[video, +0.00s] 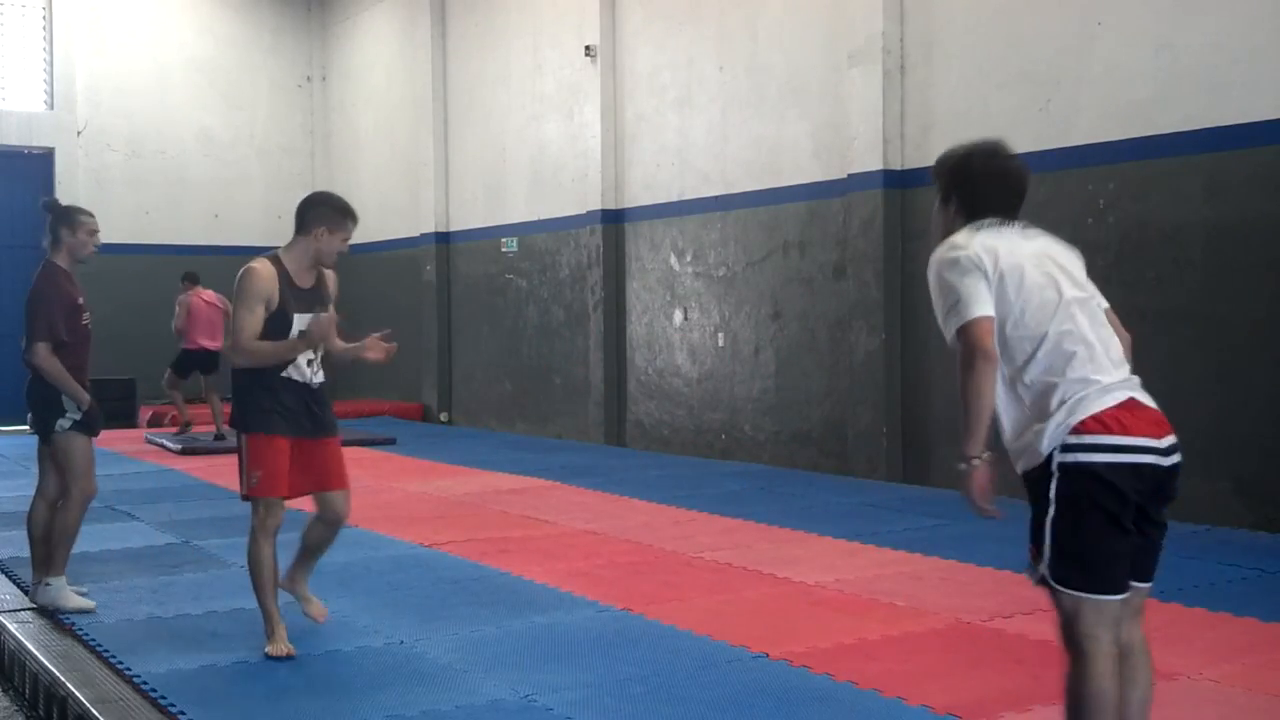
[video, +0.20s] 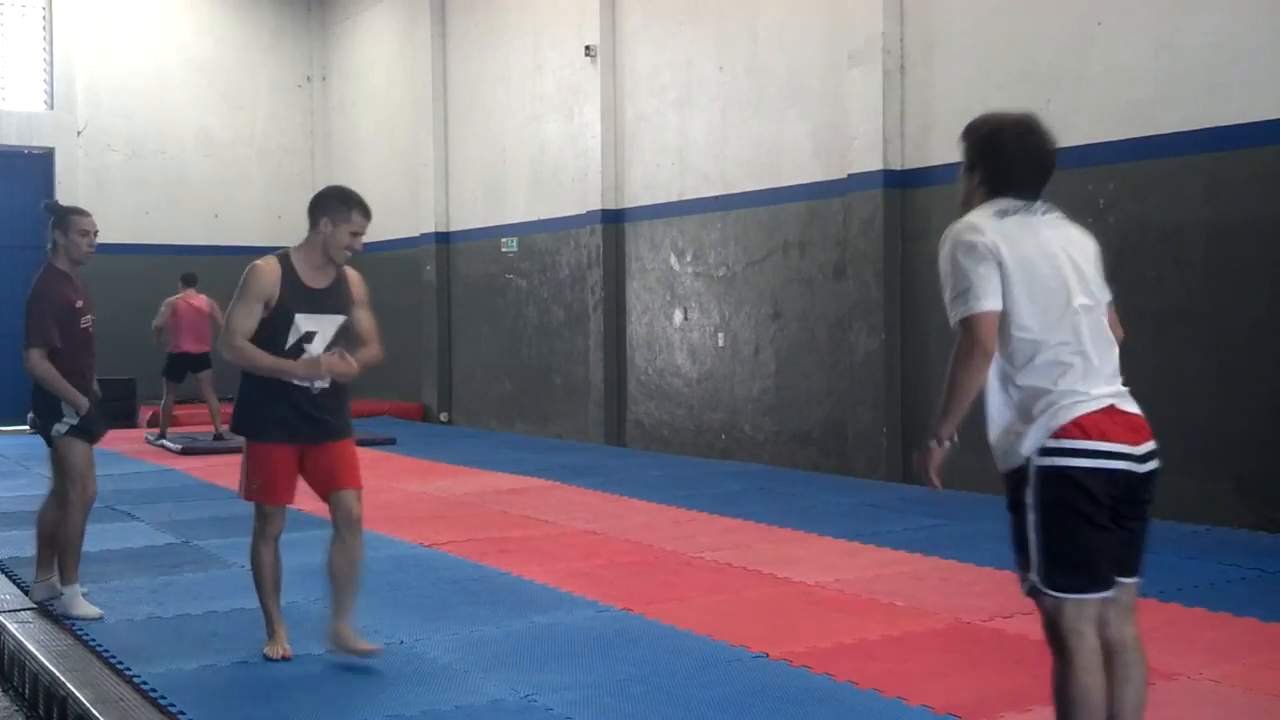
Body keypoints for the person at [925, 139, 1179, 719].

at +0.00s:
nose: (936, 211)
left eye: (939, 199)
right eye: (938, 199)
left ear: (952, 202)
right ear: (1010, 200)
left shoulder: (959, 251)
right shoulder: (1052, 247)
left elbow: (981, 348)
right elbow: (1118, 340)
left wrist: (974, 452)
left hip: (1087, 452)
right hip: (1154, 447)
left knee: (1088, 635)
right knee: (1128, 628)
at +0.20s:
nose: (962, 177)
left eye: (965, 166)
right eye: (965, 165)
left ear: (980, 172)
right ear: (1037, 173)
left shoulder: (974, 232)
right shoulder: (1075, 234)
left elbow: (981, 341)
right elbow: (1111, 332)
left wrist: (942, 434)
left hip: (1062, 453)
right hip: (1131, 447)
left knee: (1074, 633)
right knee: (1119, 624)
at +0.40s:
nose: (981, 150)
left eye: (986, 139)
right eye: (984, 138)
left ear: (999, 148)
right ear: (1061, 152)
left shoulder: (986, 215)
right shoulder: (1099, 221)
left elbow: (981, 328)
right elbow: (1119, 322)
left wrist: (945, 416)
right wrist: (1064, 381)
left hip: (1038, 449)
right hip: (1111, 445)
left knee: (1052, 624)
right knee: (1100, 615)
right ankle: (1116, 718)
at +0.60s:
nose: (991, 151)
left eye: (996, 140)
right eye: (994, 139)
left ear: (1010, 149)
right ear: (1073, 152)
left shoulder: (995, 218)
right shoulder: (1111, 224)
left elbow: (991, 333)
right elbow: (1129, 326)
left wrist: (963, 428)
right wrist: (1091, 395)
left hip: (1034, 449)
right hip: (1110, 447)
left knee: (1053, 622)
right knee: (1098, 613)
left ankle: (1076, 718)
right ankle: (1112, 715)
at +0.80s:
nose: (994, 154)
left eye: (999, 144)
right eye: (997, 143)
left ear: (1012, 153)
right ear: (1077, 156)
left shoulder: (998, 225)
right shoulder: (1119, 231)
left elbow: (992, 340)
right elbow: (1137, 340)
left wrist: (963, 436)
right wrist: (1101, 410)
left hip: (1037, 462)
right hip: (1117, 461)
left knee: (1052, 633)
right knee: (1106, 623)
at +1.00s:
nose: (1002, 146)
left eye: (1006, 135)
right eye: (1004, 134)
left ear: (1021, 142)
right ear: (1082, 146)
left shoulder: (1008, 209)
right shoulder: (1124, 216)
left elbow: (1007, 324)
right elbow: (1143, 320)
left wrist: (978, 423)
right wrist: (1114, 400)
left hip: (1049, 450)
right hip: (1125, 447)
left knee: (1061, 623)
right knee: (1113, 614)